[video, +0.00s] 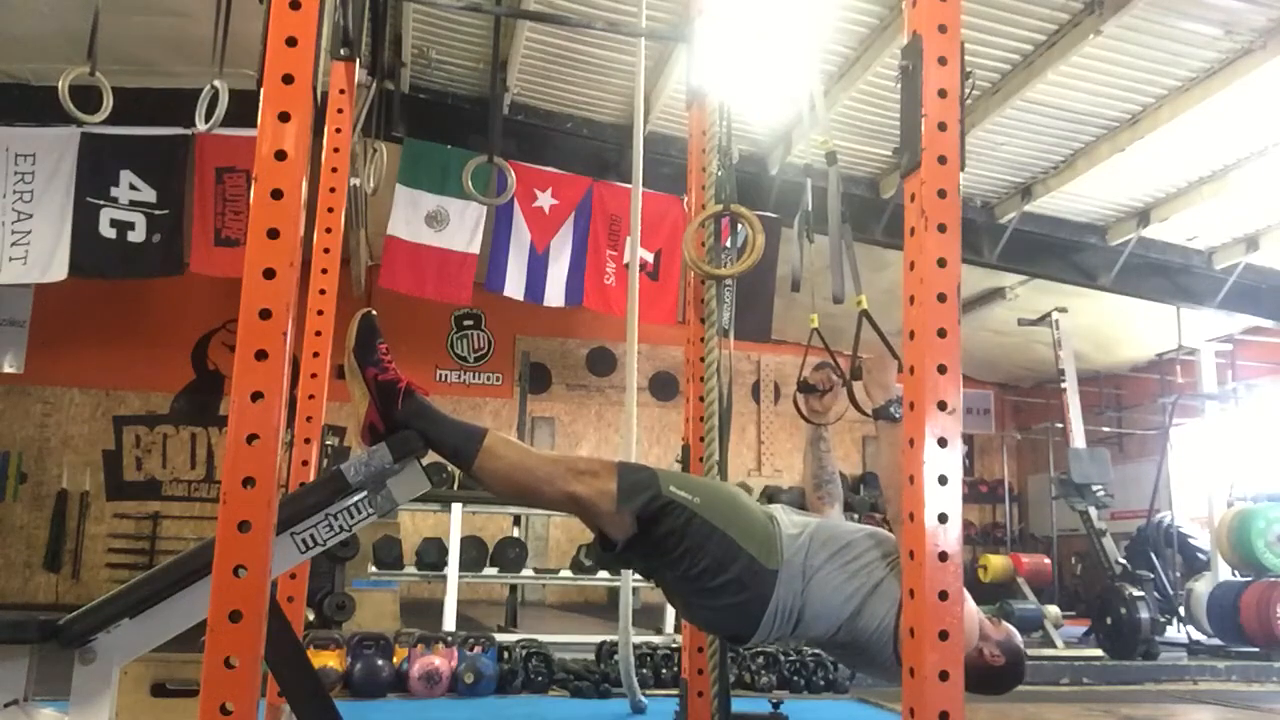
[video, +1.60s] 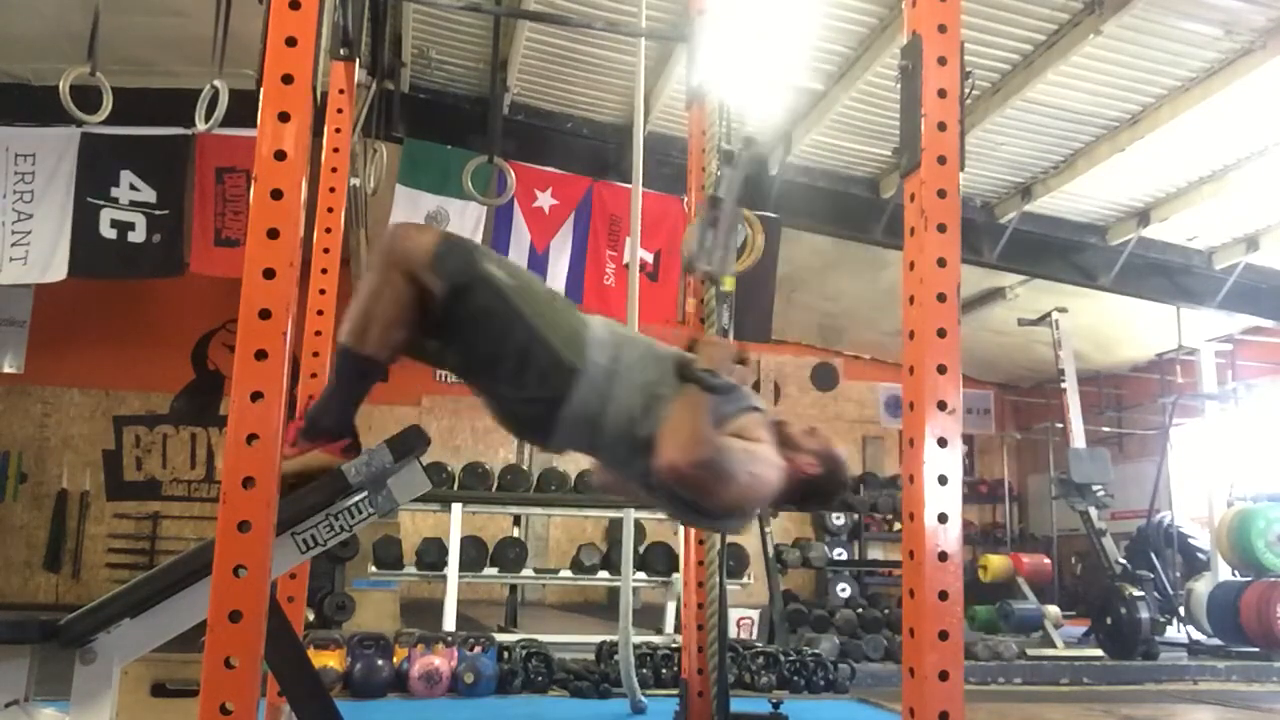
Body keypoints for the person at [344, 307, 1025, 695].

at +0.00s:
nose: (994, 631)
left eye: (999, 644)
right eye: (1003, 633)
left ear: (982, 659)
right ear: (985, 631)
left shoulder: (945, 639)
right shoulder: (935, 615)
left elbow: (931, 531)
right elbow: (904, 518)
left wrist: (923, 426)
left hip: (762, 564)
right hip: (758, 543)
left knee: (606, 481)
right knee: (587, 492)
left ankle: (407, 410)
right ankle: (411, 434)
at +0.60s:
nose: (1016, 534)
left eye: (1024, 549)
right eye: (1023, 533)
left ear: (1013, 582)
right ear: (1007, 530)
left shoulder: (971, 568)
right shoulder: (960, 533)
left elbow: (907, 508)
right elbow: (882, 493)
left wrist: (936, 451)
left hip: (781, 527)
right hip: (775, 495)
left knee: (614, 466)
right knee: (605, 462)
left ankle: (404, 415)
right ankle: (409, 420)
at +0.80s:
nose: (1013, 463)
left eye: (1024, 475)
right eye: (1022, 459)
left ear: (1021, 502)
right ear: (1011, 447)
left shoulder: (979, 503)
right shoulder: (968, 446)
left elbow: (927, 494)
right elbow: (883, 430)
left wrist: (949, 431)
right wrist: (893, 394)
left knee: (612, 434)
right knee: (601, 411)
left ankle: (403, 415)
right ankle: (414, 423)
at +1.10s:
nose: (1002, 435)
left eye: (1010, 449)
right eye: (1008, 433)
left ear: (1002, 472)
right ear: (994, 428)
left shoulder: (957, 481)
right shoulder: (944, 432)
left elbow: (889, 466)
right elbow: (874, 428)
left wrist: (891, 380)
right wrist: (879, 366)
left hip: (765, 432)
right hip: (755, 428)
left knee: (590, 338)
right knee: (579, 348)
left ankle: (392, 411)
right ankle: (399, 411)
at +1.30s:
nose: (925, 422)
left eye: (939, 432)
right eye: (937, 422)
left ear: (938, 467)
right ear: (927, 426)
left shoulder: (897, 486)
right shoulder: (884, 434)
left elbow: (825, 474)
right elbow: (828, 418)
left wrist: (824, 382)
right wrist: (830, 363)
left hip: (687, 418)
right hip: (688, 382)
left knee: (530, 294)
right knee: (515, 316)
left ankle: (370, 408)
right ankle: (378, 400)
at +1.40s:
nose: (894, 421)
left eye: (906, 434)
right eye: (904, 420)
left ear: (900, 470)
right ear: (891, 433)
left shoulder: (848, 480)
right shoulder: (832, 439)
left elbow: (772, 476)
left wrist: (802, 394)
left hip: (646, 405)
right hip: (646, 395)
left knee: (492, 276)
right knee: (485, 303)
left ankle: (352, 416)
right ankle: (357, 413)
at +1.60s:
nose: (809, 438)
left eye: (817, 452)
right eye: (817, 440)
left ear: (807, 471)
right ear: (804, 437)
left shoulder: (763, 473)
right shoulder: (746, 444)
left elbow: (679, 458)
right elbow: (602, 477)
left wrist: (710, 378)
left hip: (569, 373)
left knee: (410, 243)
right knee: (392, 296)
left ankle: (329, 421)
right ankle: (326, 421)